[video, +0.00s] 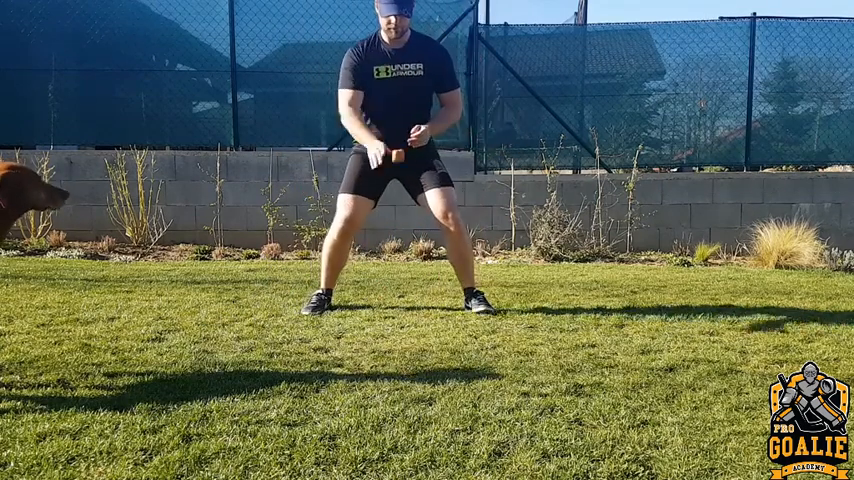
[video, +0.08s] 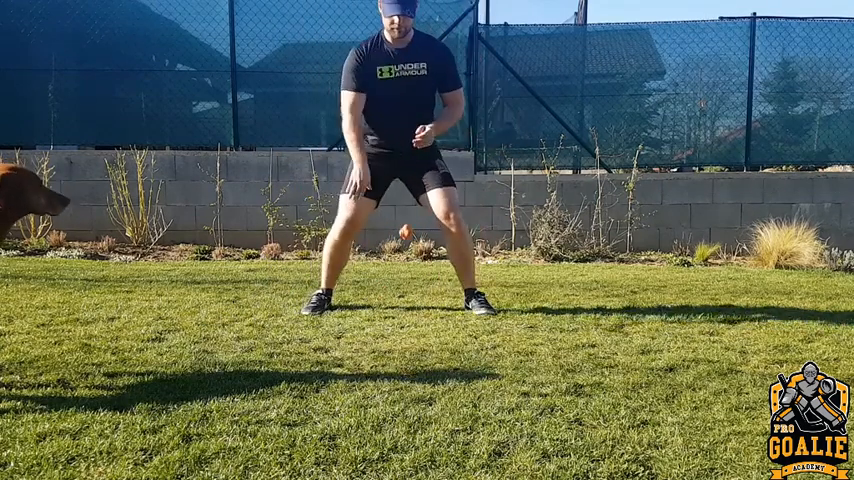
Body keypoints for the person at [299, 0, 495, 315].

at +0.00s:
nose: (394, 22)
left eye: (401, 15)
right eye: (388, 15)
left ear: (410, 15)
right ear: (378, 15)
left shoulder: (434, 52)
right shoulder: (359, 54)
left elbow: (453, 107)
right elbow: (347, 110)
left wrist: (430, 129)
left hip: (418, 146)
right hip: (371, 147)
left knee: (449, 215)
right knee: (345, 221)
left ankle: (471, 294)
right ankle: (324, 293)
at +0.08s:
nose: (398, 21)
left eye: (405, 15)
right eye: (392, 15)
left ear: (414, 15)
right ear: (381, 15)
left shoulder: (436, 52)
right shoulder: (362, 56)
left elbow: (456, 106)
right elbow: (350, 114)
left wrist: (434, 129)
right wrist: (359, 161)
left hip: (421, 150)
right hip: (374, 151)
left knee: (451, 216)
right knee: (345, 224)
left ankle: (472, 294)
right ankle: (324, 293)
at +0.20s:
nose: (405, 22)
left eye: (412, 15)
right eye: (398, 15)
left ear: (421, 13)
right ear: (387, 12)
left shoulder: (443, 52)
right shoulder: (366, 55)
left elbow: (463, 104)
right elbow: (351, 114)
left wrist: (448, 130)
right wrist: (346, 166)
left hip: (427, 151)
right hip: (380, 151)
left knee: (454, 216)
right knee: (350, 221)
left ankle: (472, 294)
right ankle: (324, 293)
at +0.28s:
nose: (407, 20)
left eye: (414, 13)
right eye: (401, 13)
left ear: (424, 12)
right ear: (390, 9)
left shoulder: (446, 50)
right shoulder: (368, 51)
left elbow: (464, 104)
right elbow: (351, 110)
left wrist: (451, 133)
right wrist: (344, 163)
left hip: (429, 150)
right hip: (381, 149)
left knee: (454, 216)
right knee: (352, 219)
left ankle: (472, 293)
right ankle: (325, 291)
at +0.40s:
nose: (404, 22)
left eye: (411, 15)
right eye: (398, 14)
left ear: (423, 13)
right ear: (389, 13)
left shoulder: (445, 54)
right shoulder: (367, 53)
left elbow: (462, 109)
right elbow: (350, 109)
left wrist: (452, 144)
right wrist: (336, 157)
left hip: (427, 153)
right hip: (377, 151)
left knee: (452, 222)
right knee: (349, 221)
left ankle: (472, 294)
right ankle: (333, 291)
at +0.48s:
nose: (388, 31)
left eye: (394, 24)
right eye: (383, 24)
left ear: (414, 15)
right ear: (377, 19)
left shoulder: (440, 57)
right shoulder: (362, 57)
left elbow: (459, 113)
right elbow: (345, 112)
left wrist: (447, 150)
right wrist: (326, 156)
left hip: (423, 156)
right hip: (374, 155)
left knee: (451, 220)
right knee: (344, 221)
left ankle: (472, 295)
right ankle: (327, 289)